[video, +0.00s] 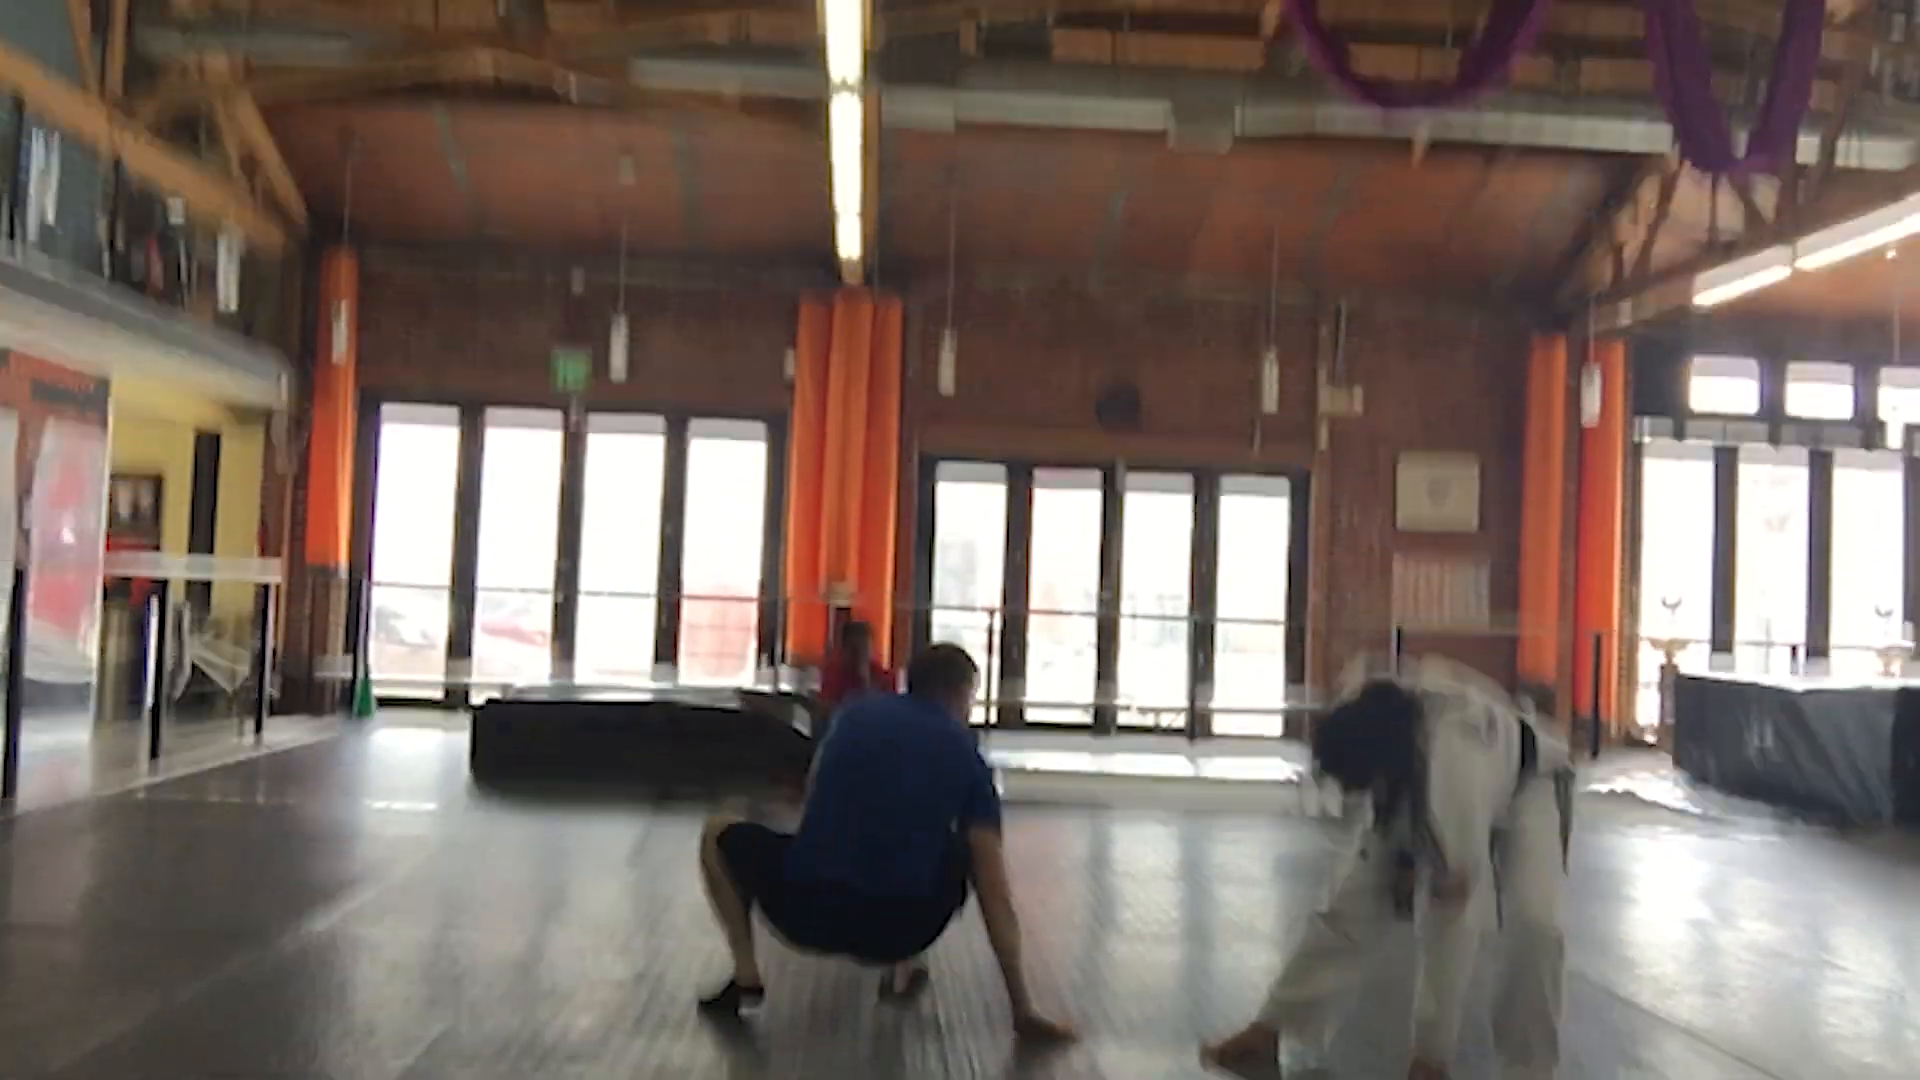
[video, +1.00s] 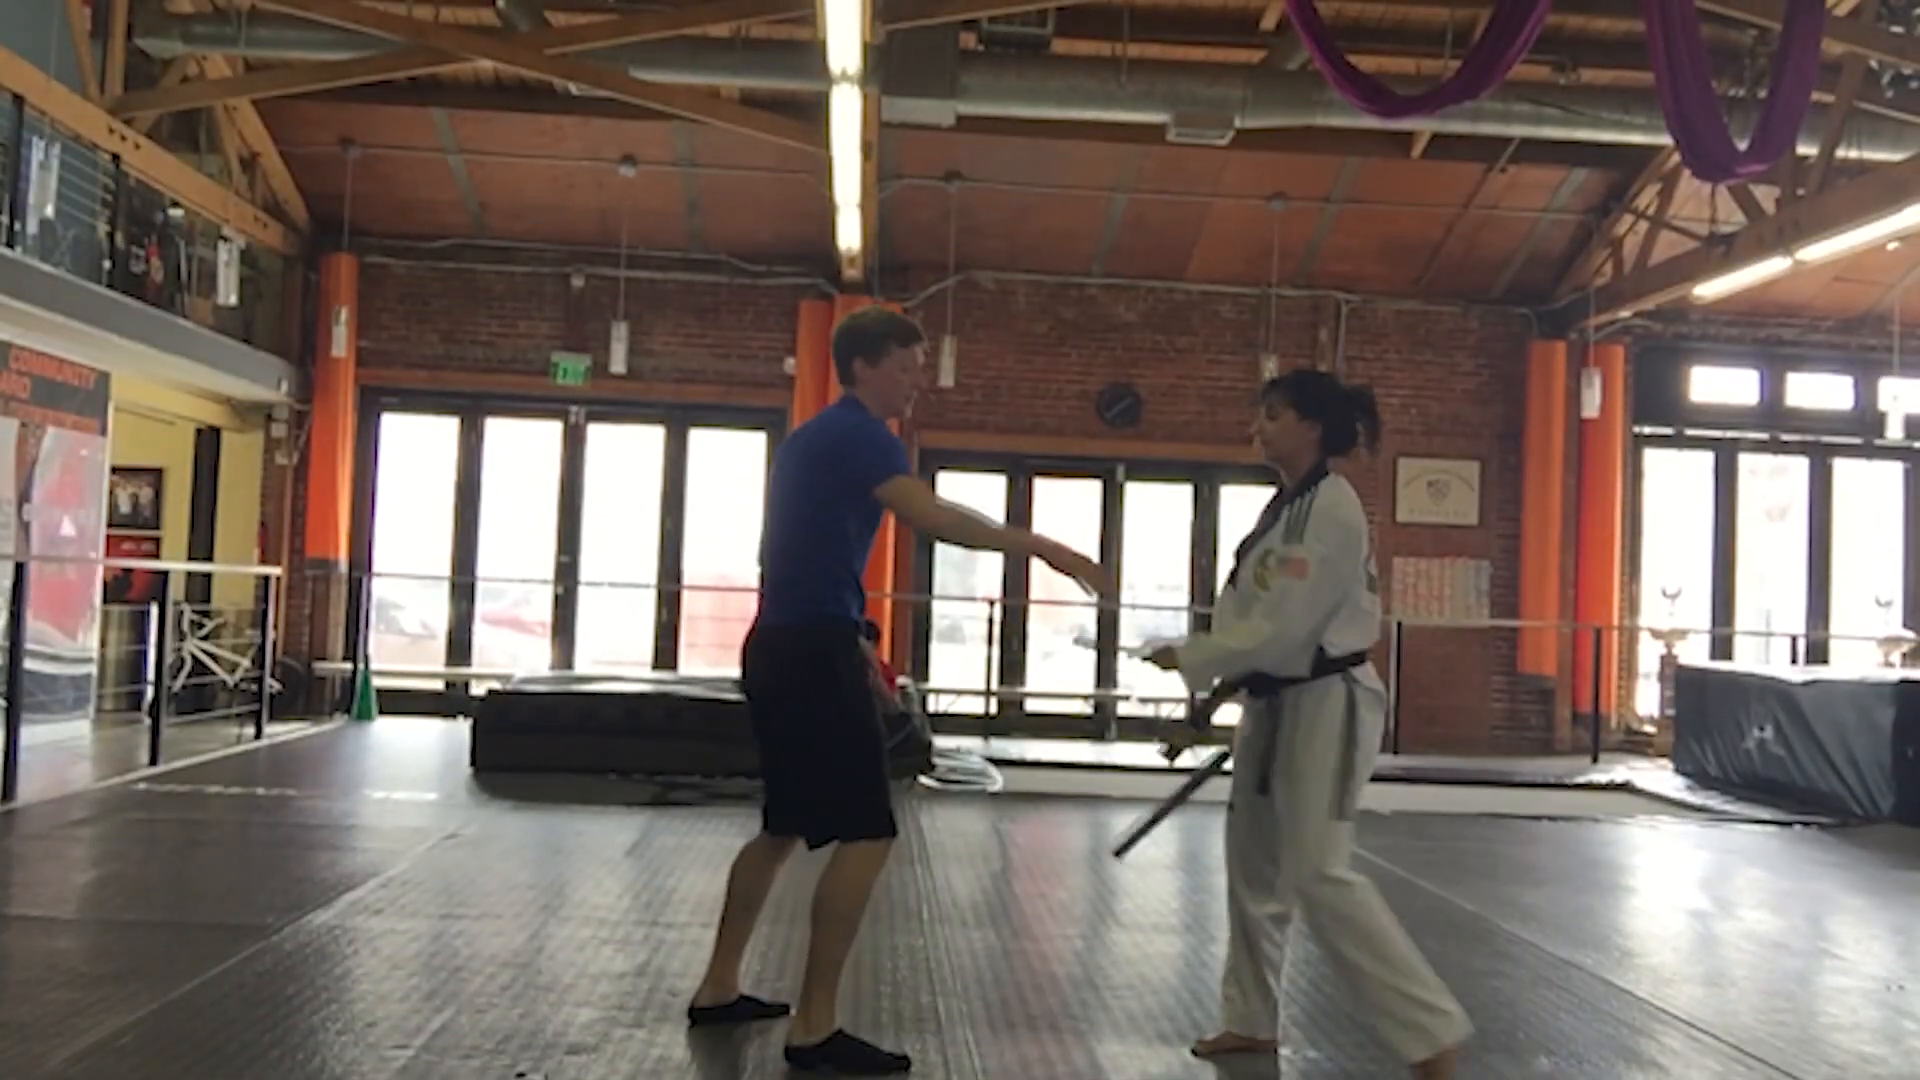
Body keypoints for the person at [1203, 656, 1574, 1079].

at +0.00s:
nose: (1353, 792)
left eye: (1361, 782)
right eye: (1346, 781)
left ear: (1390, 759)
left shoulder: (1449, 749)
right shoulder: (1367, 714)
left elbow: (1453, 913)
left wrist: (1431, 1056)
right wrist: (1413, 852)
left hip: (1522, 778)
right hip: (1422, 781)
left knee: (1536, 923)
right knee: (1347, 911)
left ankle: (1527, 1069)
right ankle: (1266, 1033)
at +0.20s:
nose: (1336, 814)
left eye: (1345, 804)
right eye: (1328, 802)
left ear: (1377, 783)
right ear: (1316, 753)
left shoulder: (1438, 796)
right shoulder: (1353, 701)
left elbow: (1442, 931)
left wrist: (1426, 1063)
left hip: (1525, 773)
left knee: (1532, 920)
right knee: (1345, 905)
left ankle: (1526, 1069)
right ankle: (1267, 1025)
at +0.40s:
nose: (1313, 734)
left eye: (1320, 721)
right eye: (1309, 722)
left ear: (1355, 706)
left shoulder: (1425, 714)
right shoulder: (1356, 683)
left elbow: (1443, 864)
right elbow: (1381, 752)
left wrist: (1429, 989)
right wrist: (1416, 819)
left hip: (1500, 755)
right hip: (1407, 762)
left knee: (1517, 907)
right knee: (1339, 890)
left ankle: (1527, 1065)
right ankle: (1267, 1018)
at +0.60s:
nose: (1281, 589)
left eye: (1290, 575)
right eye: (1277, 576)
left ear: (1332, 569)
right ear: (1288, 573)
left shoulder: (1390, 610)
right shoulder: (1305, 614)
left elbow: (1431, 733)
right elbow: (1341, 710)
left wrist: (1406, 847)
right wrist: (1338, 796)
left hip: (1450, 734)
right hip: (1367, 737)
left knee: (1484, 896)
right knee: (1318, 875)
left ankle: (1525, 1060)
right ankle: (1269, 1020)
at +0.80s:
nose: (1258, 463)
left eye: (1271, 449)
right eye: (1257, 450)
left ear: (1314, 454)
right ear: (1271, 457)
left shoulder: (1354, 531)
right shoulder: (1272, 527)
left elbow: (1375, 649)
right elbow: (1290, 627)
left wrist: (1293, 725)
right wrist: (1284, 701)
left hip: (1376, 708)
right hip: (1303, 711)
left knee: (1418, 876)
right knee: (1279, 871)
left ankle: (1514, 1054)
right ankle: (1264, 1023)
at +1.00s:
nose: (1257, 427)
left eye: (1273, 416)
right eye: (1260, 415)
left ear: (1317, 430)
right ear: (1295, 433)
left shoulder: (1331, 507)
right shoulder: (1285, 511)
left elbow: (1286, 625)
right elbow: (1241, 607)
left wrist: (1192, 655)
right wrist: (1197, 655)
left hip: (1329, 702)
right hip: (1276, 701)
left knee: (1317, 868)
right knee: (1253, 863)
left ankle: (1433, 1032)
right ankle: (1251, 1023)